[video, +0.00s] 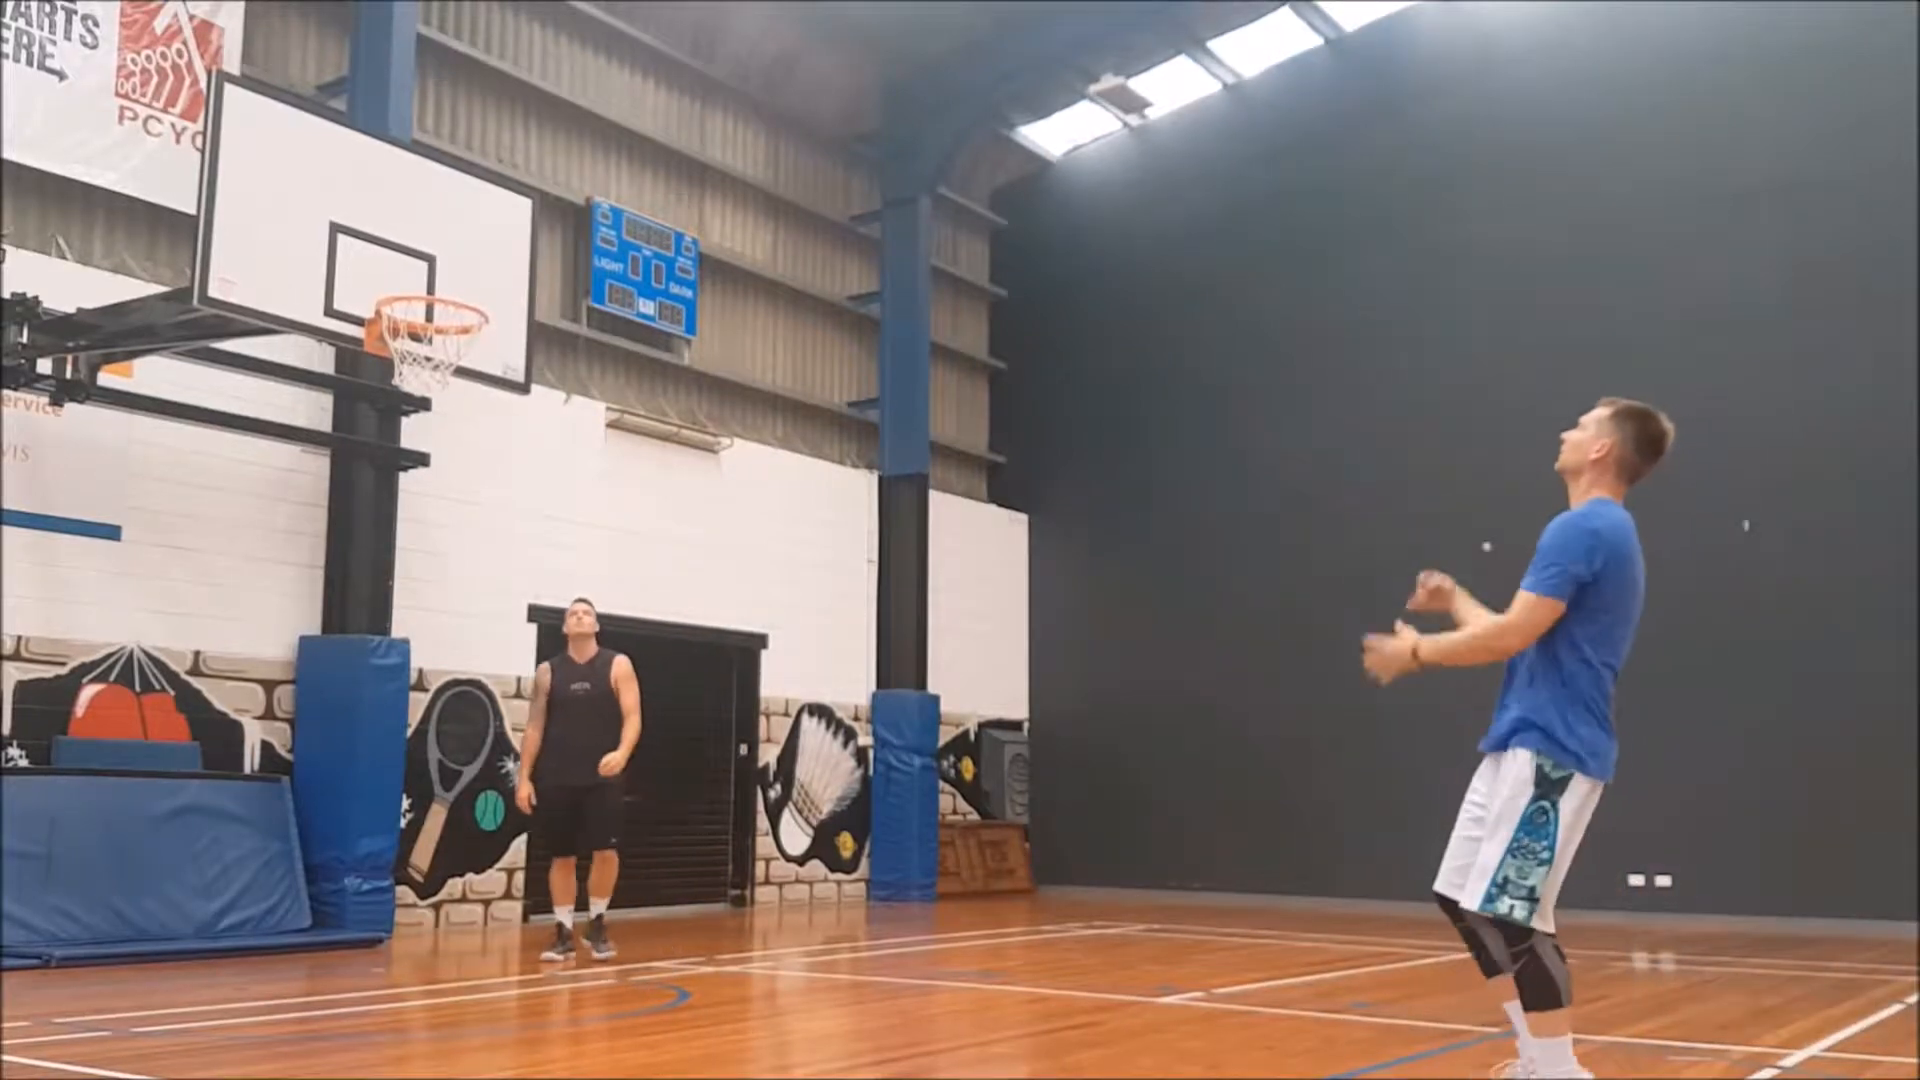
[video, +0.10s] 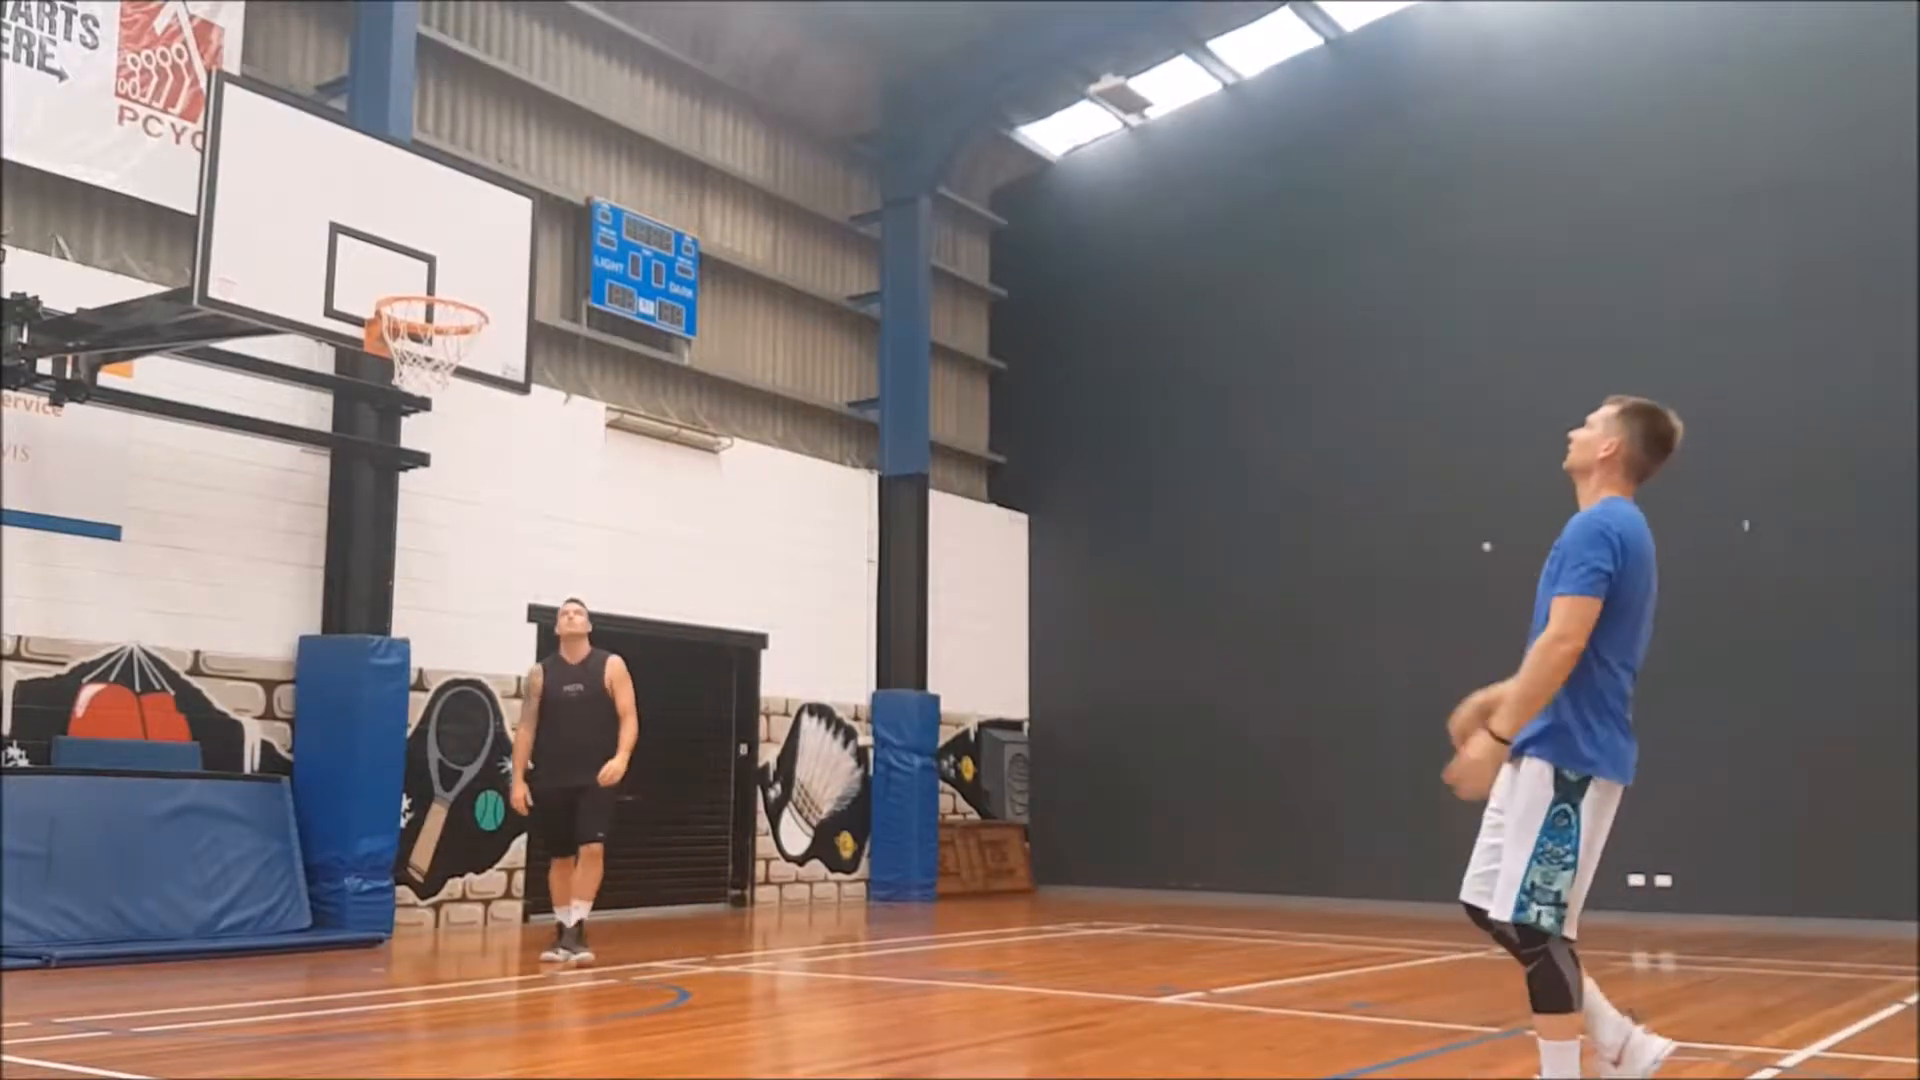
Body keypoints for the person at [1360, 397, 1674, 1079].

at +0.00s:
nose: (1566, 433)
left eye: (1579, 425)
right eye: (1576, 423)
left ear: (1600, 447)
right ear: (1609, 453)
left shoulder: (1585, 528)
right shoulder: (1601, 530)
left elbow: (1509, 635)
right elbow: (1522, 640)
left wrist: (1414, 649)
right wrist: (1457, 602)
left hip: (1555, 750)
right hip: (1531, 743)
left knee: (1508, 908)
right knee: (1461, 895)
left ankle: (1559, 1069)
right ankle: (1536, 1053)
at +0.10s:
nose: (1574, 431)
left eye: (1588, 424)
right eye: (1583, 422)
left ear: (1611, 448)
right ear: (1618, 455)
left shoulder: (1600, 527)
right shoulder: (1607, 527)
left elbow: (1565, 645)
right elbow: (1562, 652)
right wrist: (1490, 700)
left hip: (1575, 755)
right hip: (1547, 749)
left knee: (1533, 924)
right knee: (1487, 904)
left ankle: (1562, 1070)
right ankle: (1620, 1041)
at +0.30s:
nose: (1604, 433)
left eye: (1618, 426)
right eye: (1614, 423)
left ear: (1642, 449)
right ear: (1647, 453)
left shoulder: (1651, 525)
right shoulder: (1634, 531)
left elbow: (1703, 628)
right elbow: (1645, 669)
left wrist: (1744, 735)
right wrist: (1668, 770)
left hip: (1612, 767)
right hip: (1631, 765)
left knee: (1572, 930)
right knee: (1638, 939)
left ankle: (1562, 1072)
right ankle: (1759, 1068)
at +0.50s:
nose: (1655, 432)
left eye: (1671, 423)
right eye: (1666, 421)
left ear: (1698, 447)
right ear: (1702, 451)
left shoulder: (1710, 516)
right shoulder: (1698, 523)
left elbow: (1777, 616)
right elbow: (1767, 620)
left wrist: (1833, 723)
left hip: (1704, 760)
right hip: (1730, 762)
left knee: (1624, 917)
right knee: (1738, 930)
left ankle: (1609, 1070)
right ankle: (1794, 1068)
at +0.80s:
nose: (1749, 422)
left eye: (1766, 412)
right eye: (1759, 410)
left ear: (1798, 433)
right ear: (1799, 436)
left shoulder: (1818, 509)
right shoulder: (1789, 521)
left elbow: (1781, 635)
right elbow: (1769, 656)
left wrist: (1701, 729)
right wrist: (1719, 745)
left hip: (1835, 764)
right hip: (1801, 762)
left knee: (1816, 940)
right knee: (1801, 935)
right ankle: (1811, 1062)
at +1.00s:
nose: (1812, 437)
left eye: (1825, 424)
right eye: (1818, 425)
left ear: (1864, 438)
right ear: (1866, 440)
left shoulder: (1891, 521)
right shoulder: (1873, 525)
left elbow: (1831, 645)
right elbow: (1877, 670)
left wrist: (1716, 694)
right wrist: (1834, 764)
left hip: (1905, 788)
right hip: (1857, 788)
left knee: (1919, 949)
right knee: (1833, 936)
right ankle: (1824, 1074)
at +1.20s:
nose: (1847, 440)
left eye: (1861, 428)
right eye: (1854, 427)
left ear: (1900, 444)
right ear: (1897, 445)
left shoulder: (1911, 542)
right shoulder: (1907, 537)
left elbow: (1914, 671)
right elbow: (1910, 668)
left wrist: (1831, 735)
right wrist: (1838, 733)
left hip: (1915, 786)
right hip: (1910, 783)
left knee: (1877, 918)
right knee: (1880, 919)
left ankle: (1876, 1068)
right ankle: (1877, 1066)